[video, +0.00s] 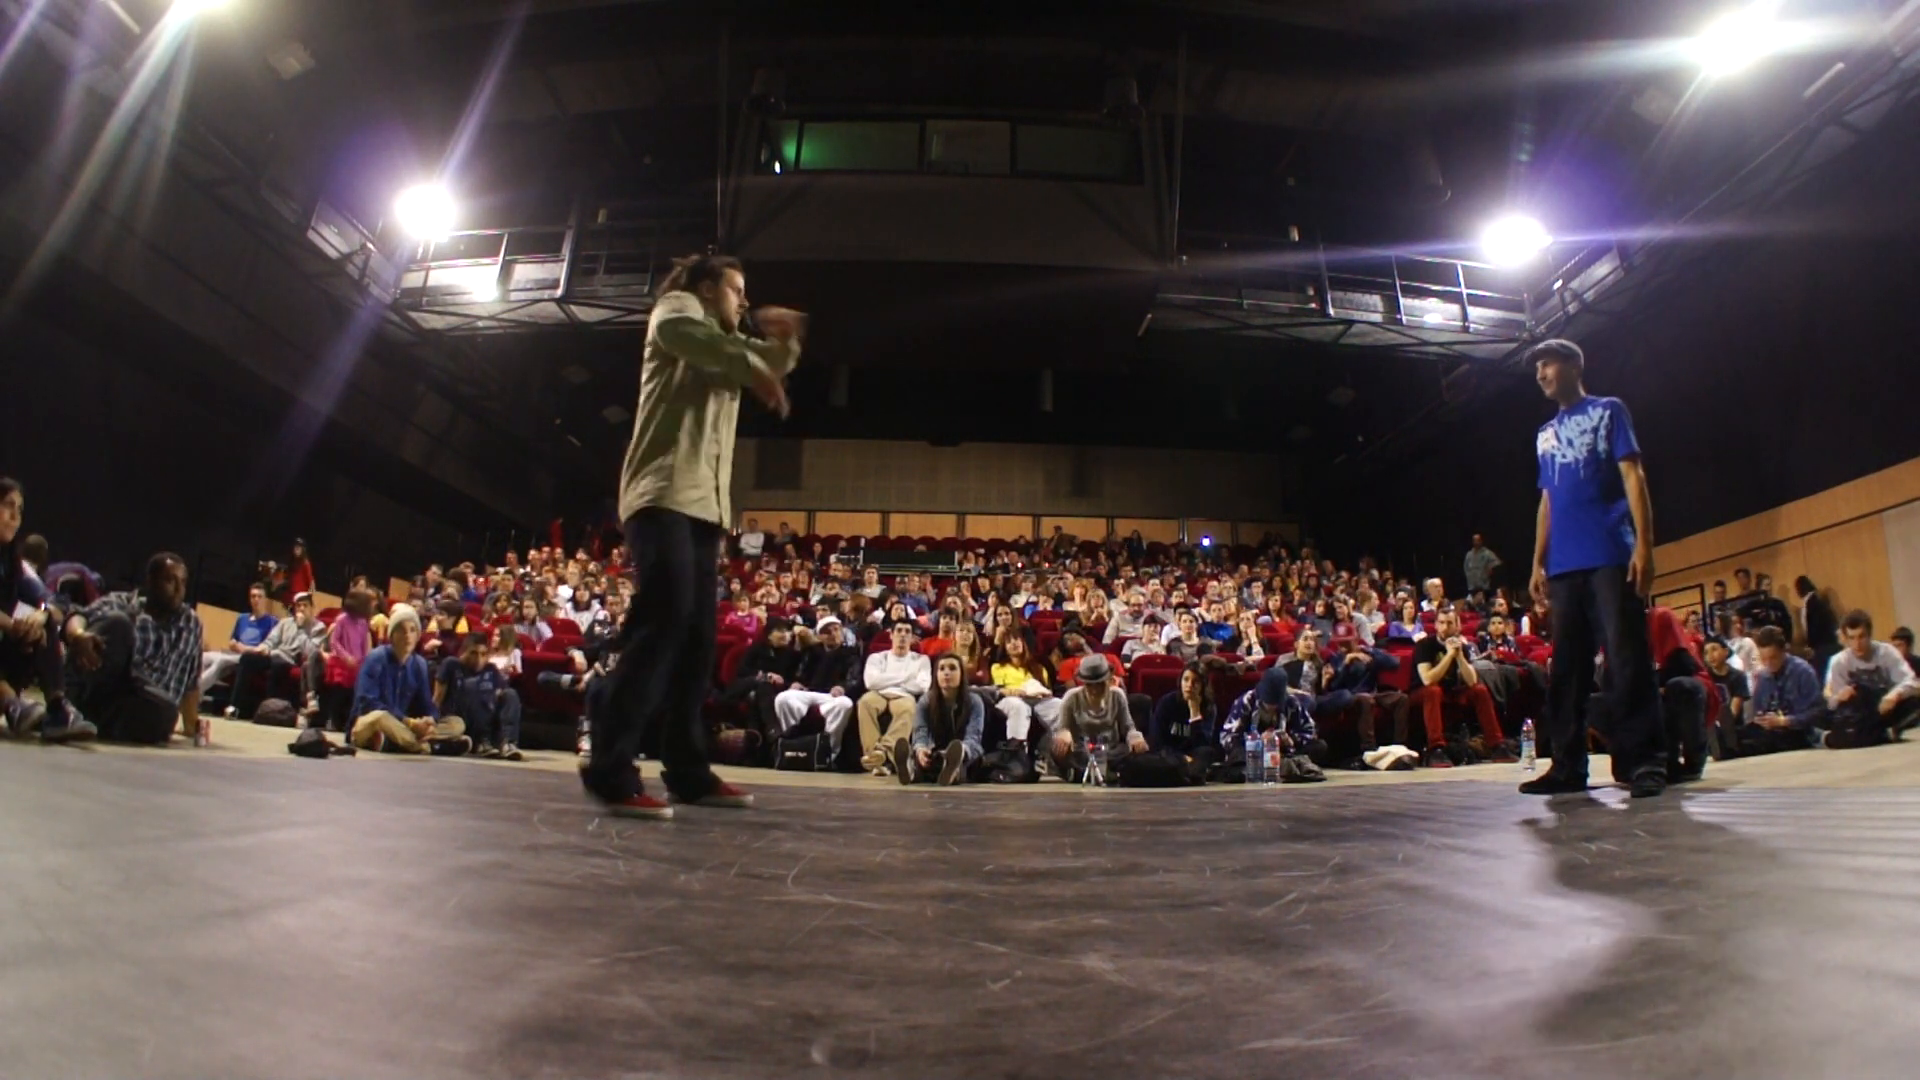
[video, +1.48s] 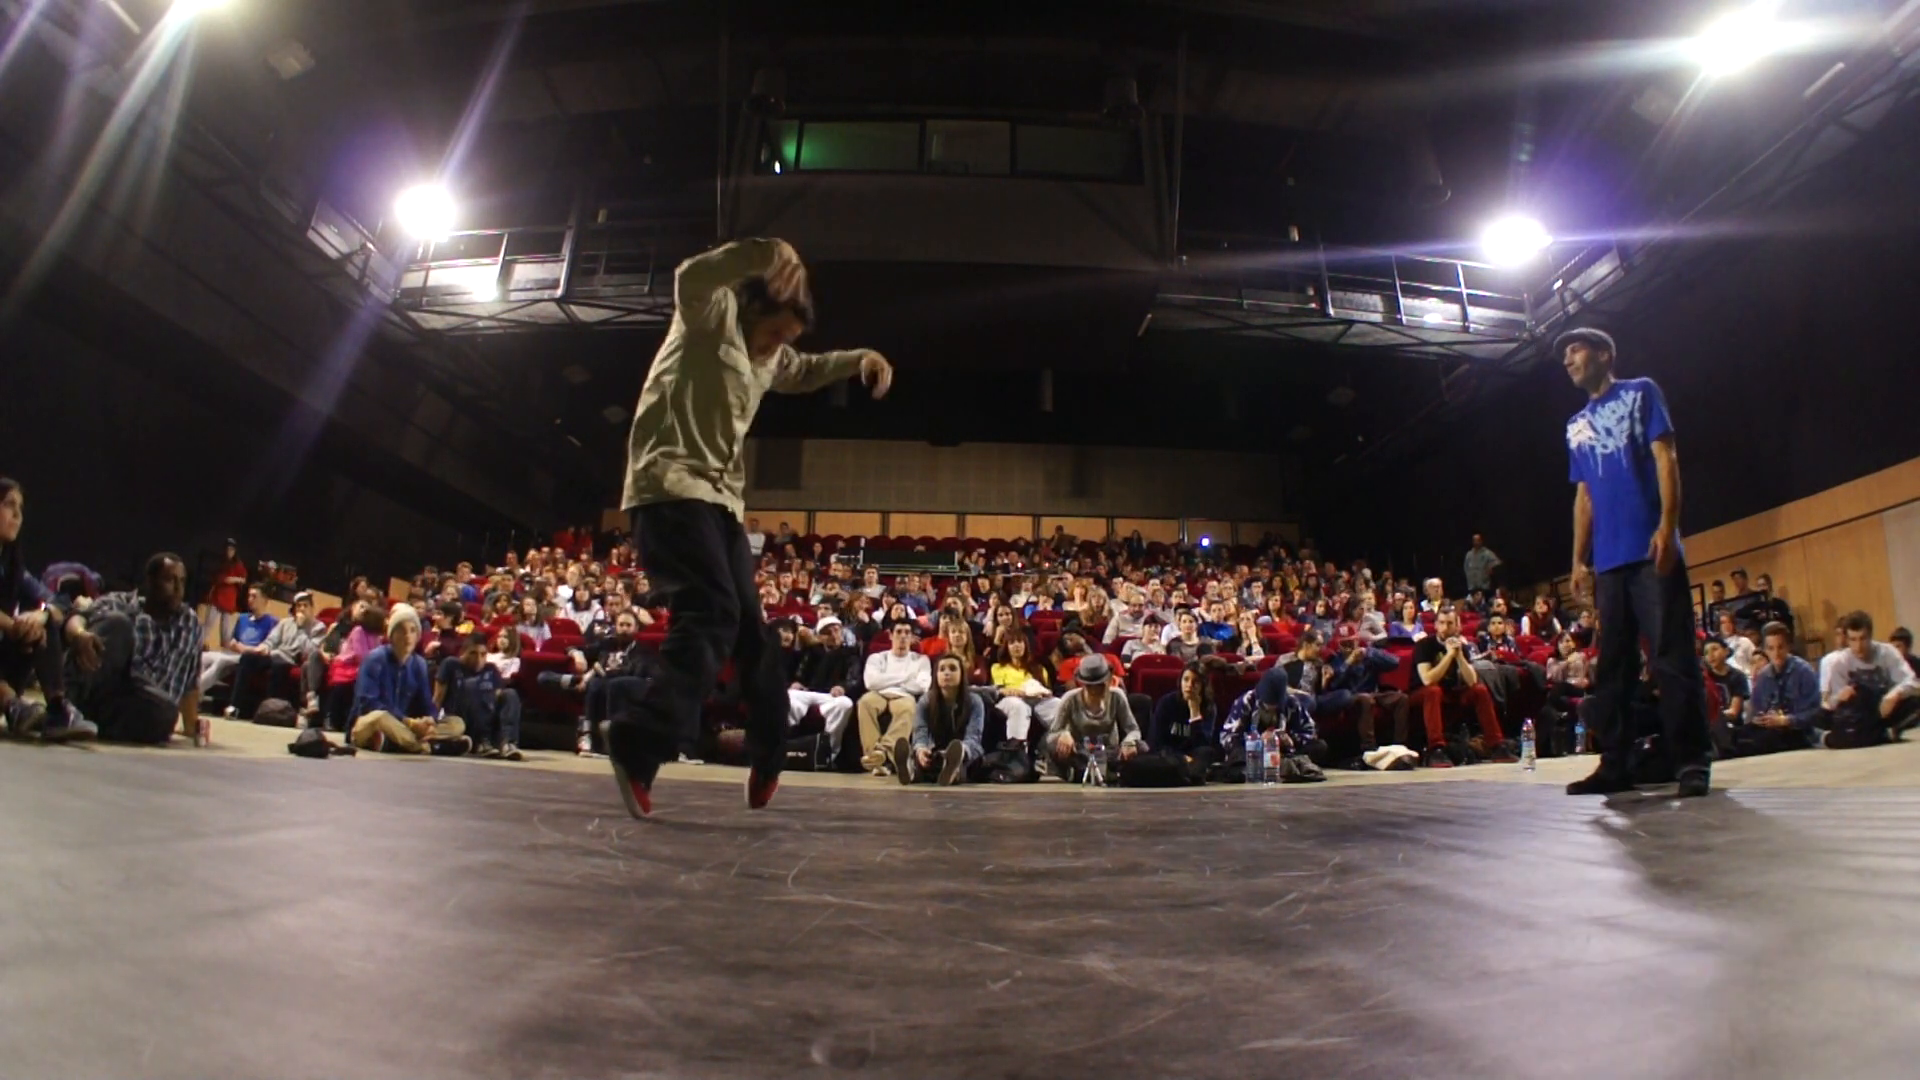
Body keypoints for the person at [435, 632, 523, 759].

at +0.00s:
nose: (478, 659)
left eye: (483, 654)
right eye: (474, 654)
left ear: (488, 654)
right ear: (465, 652)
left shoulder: (491, 669)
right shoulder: (451, 664)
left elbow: (500, 694)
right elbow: (438, 697)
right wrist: (430, 722)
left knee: (510, 694)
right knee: (471, 689)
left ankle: (508, 743)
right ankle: (483, 742)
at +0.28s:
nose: (478, 659)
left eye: (483, 654)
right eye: (474, 654)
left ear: (487, 655)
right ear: (465, 653)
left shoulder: (490, 669)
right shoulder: (451, 664)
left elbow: (499, 694)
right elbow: (438, 697)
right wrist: (429, 721)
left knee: (510, 694)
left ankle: (508, 743)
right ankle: (483, 742)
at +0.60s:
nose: (478, 658)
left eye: (482, 654)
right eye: (473, 653)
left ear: (486, 654)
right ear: (465, 653)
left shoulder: (491, 669)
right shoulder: (451, 665)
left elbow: (498, 694)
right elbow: (438, 697)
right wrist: (429, 720)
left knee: (510, 694)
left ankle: (508, 743)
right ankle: (483, 742)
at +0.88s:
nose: (478, 658)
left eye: (483, 654)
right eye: (473, 653)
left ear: (487, 655)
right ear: (465, 653)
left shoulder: (490, 669)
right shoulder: (451, 665)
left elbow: (499, 693)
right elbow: (438, 697)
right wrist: (430, 720)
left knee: (510, 694)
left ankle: (508, 743)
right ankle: (483, 742)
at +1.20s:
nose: (478, 658)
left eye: (483, 654)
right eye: (474, 653)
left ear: (487, 655)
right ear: (465, 654)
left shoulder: (490, 669)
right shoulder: (451, 665)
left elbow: (497, 695)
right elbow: (438, 697)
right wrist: (430, 721)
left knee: (510, 694)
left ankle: (508, 743)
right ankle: (483, 742)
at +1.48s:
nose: (478, 659)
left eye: (483, 654)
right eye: (473, 654)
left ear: (487, 655)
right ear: (464, 653)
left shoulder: (491, 669)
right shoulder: (450, 664)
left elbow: (497, 695)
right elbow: (438, 697)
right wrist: (429, 722)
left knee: (510, 694)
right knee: (471, 690)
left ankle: (508, 743)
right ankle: (483, 742)